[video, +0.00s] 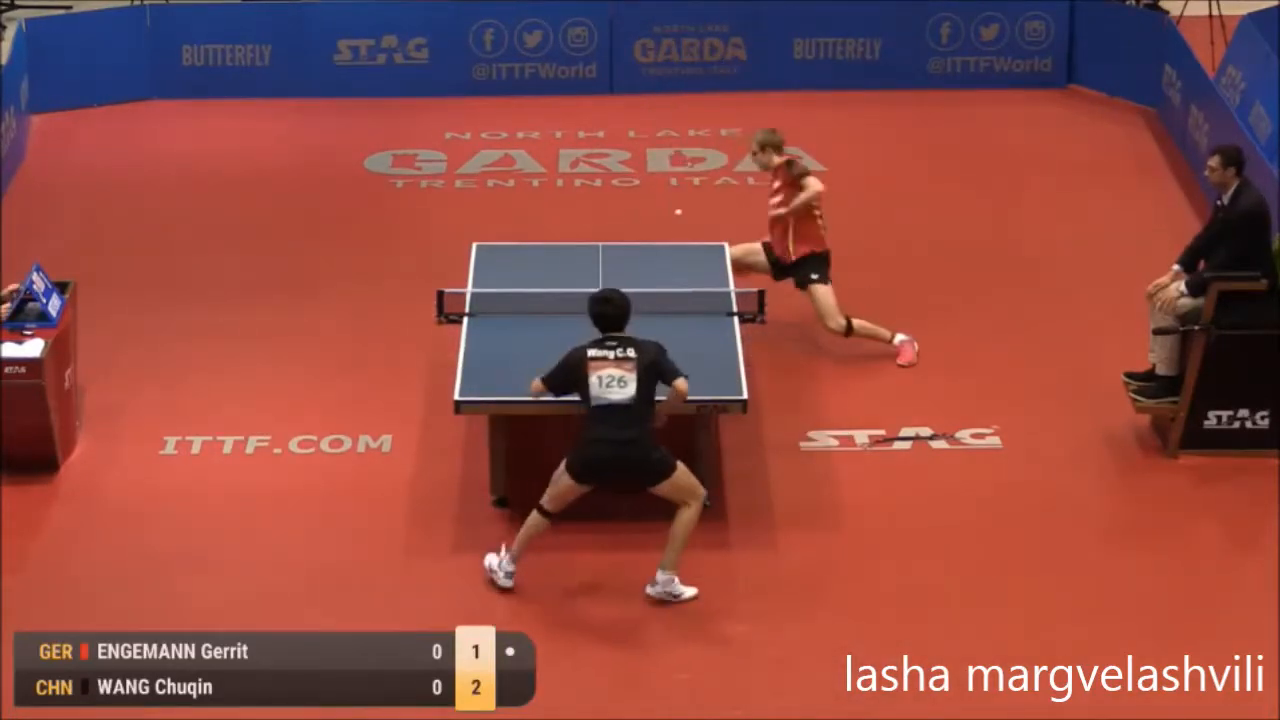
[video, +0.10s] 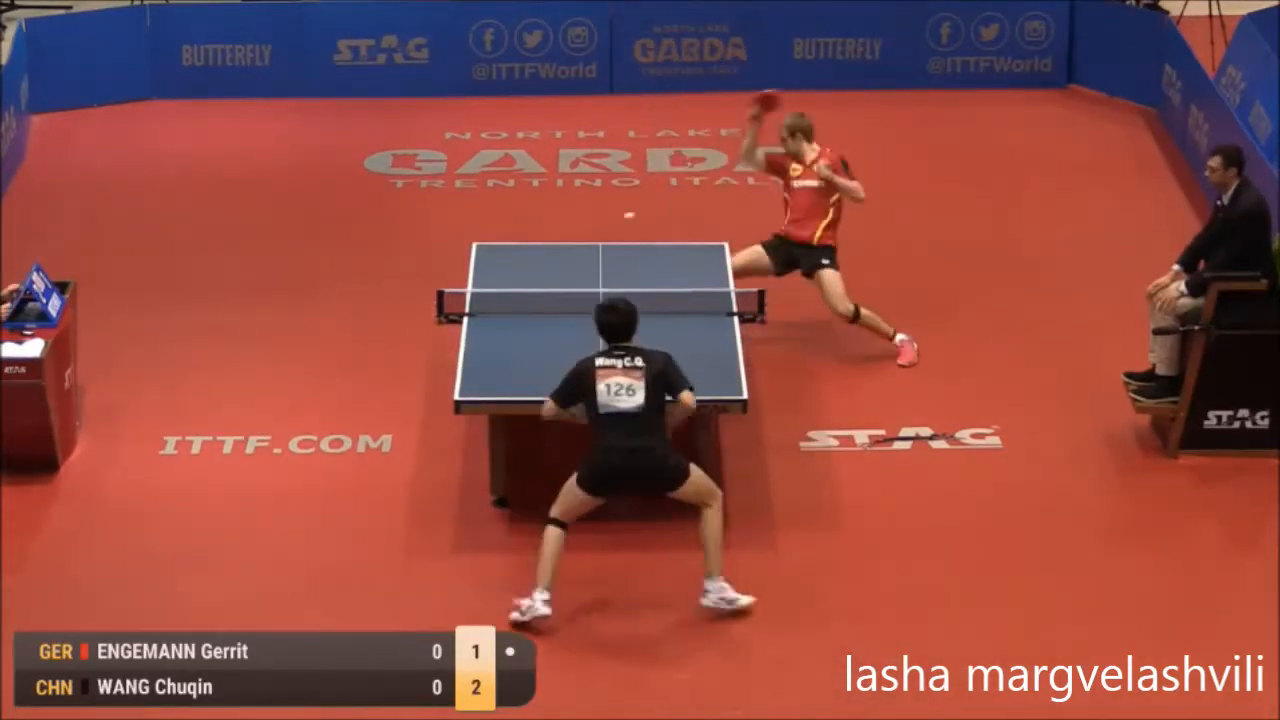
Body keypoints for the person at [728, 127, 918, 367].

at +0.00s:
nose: (753, 159)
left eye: (755, 153)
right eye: (752, 154)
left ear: (767, 150)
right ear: (769, 151)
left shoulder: (791, 167)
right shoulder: (778, 175)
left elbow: (816, 189)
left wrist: (786, 211)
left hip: (809, 257)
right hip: (781, 253)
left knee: (835, 323)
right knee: (727, 257)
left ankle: (899, 340)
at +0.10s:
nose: (784, 145)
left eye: (786, 139)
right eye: (783, 140)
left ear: (799, 136)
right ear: (793, 138)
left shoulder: (832, 160)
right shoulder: (788, 164)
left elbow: (858, 195)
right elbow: (748, 158)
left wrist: (831, 177)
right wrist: (755, 124)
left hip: (818, 249)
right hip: (785, 244)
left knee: (843, 309)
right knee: (726, 268)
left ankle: (900, 340)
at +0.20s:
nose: (787, 126)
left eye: (791, 121)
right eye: (787, 121)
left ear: (807, 120)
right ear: (800, 119)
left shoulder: (839, 149)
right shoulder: (789, 142)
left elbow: (870, 183)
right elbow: (759, 125)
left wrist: (848, 170)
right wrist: (785, 98)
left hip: (818, 235)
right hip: (783, 228)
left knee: (850, 291)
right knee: (727, 261)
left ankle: (901, 338)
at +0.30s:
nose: (792, 108)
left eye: (797, 103)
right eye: (791, 103)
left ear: (815, 101)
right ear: (791, 102)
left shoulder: (840, 132)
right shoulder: (788, 124)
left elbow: (857, 161)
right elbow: (749, 131)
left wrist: (854, 172)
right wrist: (759, 99)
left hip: (820, 212)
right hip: (782, 208)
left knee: (853, 268)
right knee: (731, 253)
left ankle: (886, 328)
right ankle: (709, 314)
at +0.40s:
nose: (790, 108)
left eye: (795, 103)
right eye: (788, 102)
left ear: (813, 101)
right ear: (788, 101)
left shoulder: (837, 130)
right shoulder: (784, 128)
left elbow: (849, 155)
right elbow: (744, 150)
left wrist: (851, 180)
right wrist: (742, 122)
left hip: (821, 209)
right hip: (784, 208)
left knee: (853, 264)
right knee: (738, 265)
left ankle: (870, 323)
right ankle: (714, 318)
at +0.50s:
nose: (778, 106)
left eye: (783, 101)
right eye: (776, 100)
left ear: (799, 102)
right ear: (774, 101)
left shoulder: (823, 127)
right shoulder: (770, 130)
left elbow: (841, 149)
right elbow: (738, 161)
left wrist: (834, 171)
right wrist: (727, 146)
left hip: (815, 201)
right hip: (778, 202)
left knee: (845, 255)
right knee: (740, 257)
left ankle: (870, 320)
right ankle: (727, 310)